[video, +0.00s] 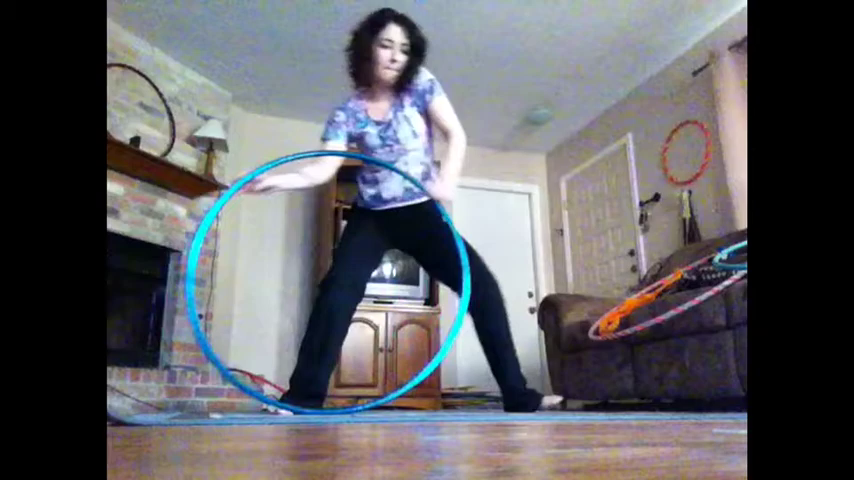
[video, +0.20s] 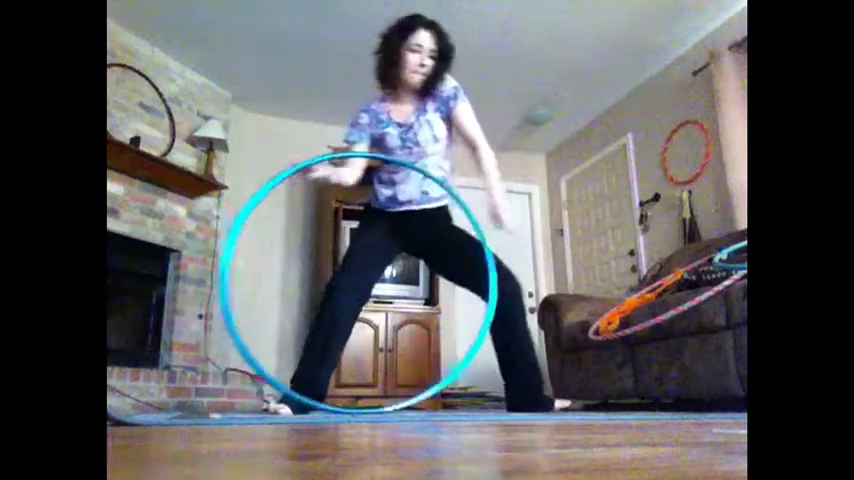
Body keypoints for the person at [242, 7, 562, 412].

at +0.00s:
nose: (395, 56)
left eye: (404, 49)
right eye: (386, 46)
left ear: (412, 57)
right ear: (365, 50)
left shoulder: (420, 87)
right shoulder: (348, 112)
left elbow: (456, 135)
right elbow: (322, 168)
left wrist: (447, 181)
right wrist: (274, 180)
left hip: (420, 214)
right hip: (370, 218)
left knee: (483, 287)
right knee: (337, 293)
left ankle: (518, 396)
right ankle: (302, 398)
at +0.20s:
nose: (423, 61)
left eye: (431, 55)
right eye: (415, 50)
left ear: (437, 63)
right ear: (393, 53)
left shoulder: (444, 93)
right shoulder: (371, 115)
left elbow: (480, 146)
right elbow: (351, 172)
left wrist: (497, 198)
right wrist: (331, 172)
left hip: (433, 224)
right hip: (382, 225)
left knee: (505, 287)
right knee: (341, 297)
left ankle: (528, 402)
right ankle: (300, 400)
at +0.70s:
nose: (523, 86)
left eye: (529, 81)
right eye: (518, 75)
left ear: (529, 88)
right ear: (498, 71)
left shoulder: (509, 131)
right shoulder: (464, 98)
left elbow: (499, 182)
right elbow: (435, 149)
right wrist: (485, 160)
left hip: (471, 230)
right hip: (428, 218)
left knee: (544, 292)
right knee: (379, 305)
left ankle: (533, 400)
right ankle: (304, 401)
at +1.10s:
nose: (538, 119)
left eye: (541, 116)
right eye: (541, 110)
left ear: (521, 97)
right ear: (533, 95)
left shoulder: (492, 122)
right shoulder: (509, 98)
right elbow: (539, 161)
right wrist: (579, 203)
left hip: (471, 228)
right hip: (442, 213)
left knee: (546, 293)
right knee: (389, 311)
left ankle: (533, 401)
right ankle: (305, 403)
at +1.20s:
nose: (537, 117)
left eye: (540, 115)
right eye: (539, 108)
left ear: (525, 105)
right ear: (529, 95)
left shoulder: (501, 132)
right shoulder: (504, 94)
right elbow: (531, 155)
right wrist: (575, 202)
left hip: (474, 228)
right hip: (440, 213)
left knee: (546, 294)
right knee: (391, 308)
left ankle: (533, 401)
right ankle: (308, 403)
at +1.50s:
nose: (492, 107)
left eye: (499, 104)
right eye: (494, 98)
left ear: (502, 102)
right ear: (485, 79)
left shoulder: (482, 125)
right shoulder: (444, 83)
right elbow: (425, 122)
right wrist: (478, 153)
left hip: (459, 216)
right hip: (414, 207)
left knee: (531, 293)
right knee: (360, 301)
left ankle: (535, 402)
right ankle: (301, 401)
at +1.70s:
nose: (456, 71)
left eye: (465, 68)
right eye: (453, 60)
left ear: (470, 73)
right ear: (435, 52)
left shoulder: (458, 104)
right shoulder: (392, 81)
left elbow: (498, 144)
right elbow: (345, 113)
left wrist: (506, 172)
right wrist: (384, 143)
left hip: (445, 210)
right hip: (393, 208)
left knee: (499, 293)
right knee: (334, 288)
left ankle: (533, 397)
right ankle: (298, 395)